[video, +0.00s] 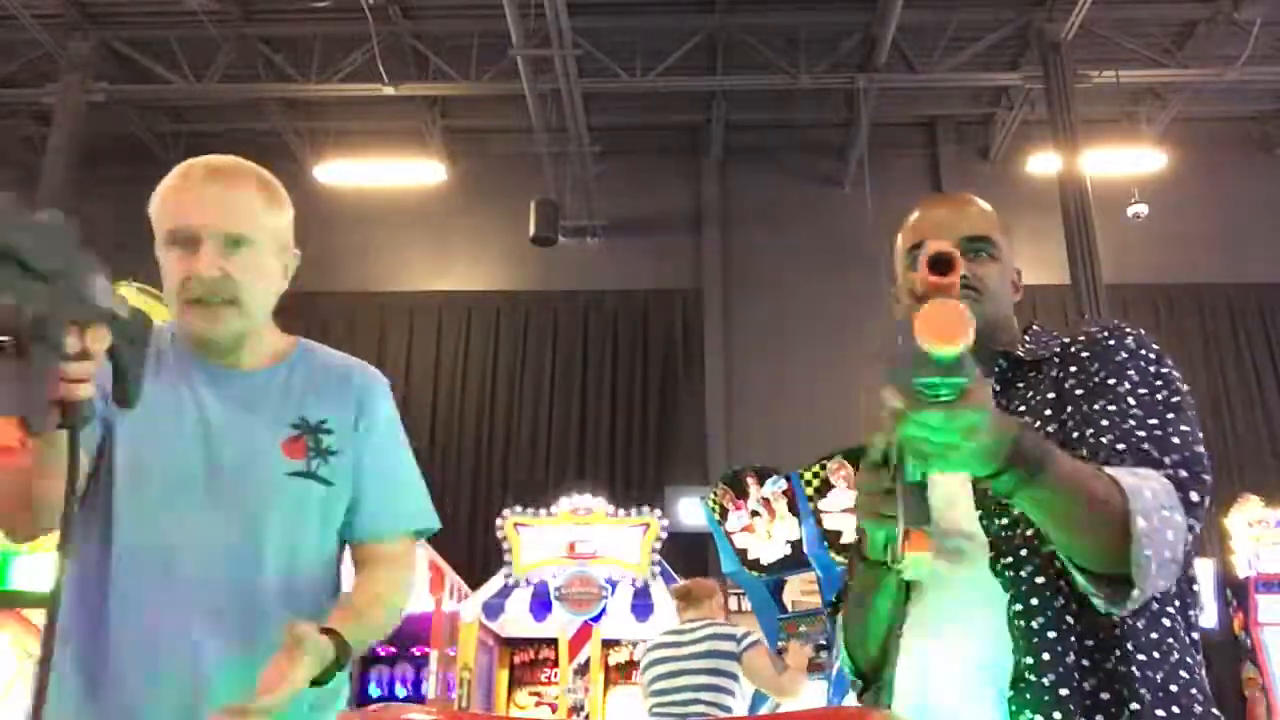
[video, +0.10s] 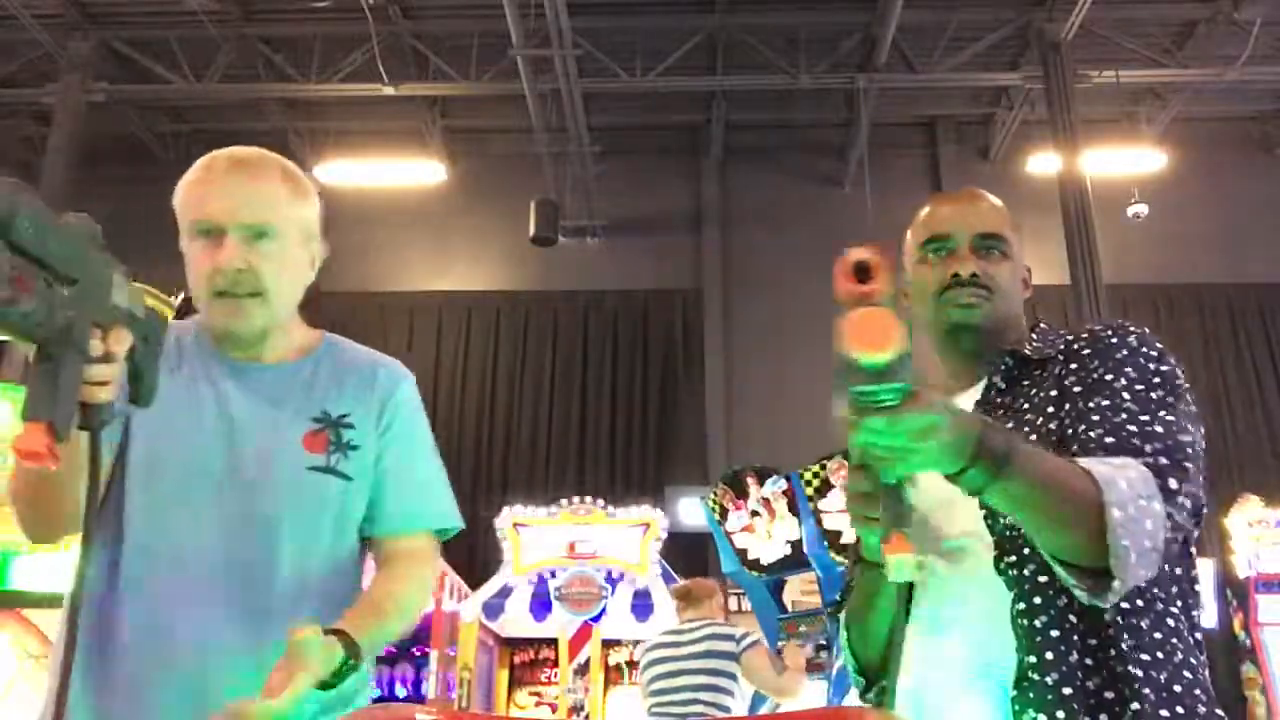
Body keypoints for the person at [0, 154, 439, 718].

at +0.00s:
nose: (206, 269)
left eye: (234, 245)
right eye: (183, 244)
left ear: (287, 266)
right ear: (157, 257)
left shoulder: (352, 395)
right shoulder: (109, 370)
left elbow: (390, 574)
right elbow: (24, 526)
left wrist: (330, 643)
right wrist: (54, 419)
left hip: (274, 713)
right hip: (101, 706)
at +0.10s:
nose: (230, 260)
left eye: (260, 235)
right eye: (208, 235)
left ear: (315, 255)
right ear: (182, 250)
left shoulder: (376, 391)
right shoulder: (126, 364)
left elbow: (412, 565)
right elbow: (44, 524)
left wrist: (339, 647)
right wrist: (70, 402)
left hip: (291, 709)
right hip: (119, 704)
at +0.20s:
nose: (293, 256)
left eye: (322, 232)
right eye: (269, 230)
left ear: (374, 254)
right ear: (240, 246)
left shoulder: (434, 388)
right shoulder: (181, 366)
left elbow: (468, 566)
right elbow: (103, 525)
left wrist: (368, 646)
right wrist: (86, 403)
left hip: (341, 710)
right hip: (164, 701)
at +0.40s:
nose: (308, 296)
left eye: (333, 279)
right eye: (286, 274)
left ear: (373, 305)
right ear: (256, 292)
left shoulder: (423, 423)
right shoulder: (208, 402)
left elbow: (473, 586)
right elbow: (149, 540)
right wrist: (156, 440)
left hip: (363, 706)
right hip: (202, 704)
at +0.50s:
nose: (337, 303)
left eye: (362, 284)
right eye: (316, 281)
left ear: (402, 308)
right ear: (286, 299)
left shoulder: (445, 417)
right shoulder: (238, 401)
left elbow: (471, 571)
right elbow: (183, 553)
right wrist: (201, 474)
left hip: (384, 705)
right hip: (240, 703)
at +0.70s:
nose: (286, 291)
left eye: (311, 272)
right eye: (263, 269)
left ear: (351, 297)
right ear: (228, 288)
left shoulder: (397, 405)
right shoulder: (172, 390)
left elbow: (415, 564)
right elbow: (132, 569)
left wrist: (272, 478)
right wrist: (163, 458)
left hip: (344, 705)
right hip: (184, 705)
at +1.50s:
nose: (312, 318)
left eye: (338, 303)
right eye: (292, 296)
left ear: (369, 331)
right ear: (254, 312)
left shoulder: (410, 427)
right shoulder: (194, 415)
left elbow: (417, 576)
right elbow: (156, 585)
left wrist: (265, 504)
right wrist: (167, 499)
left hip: (348, 709)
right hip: (196, 708)